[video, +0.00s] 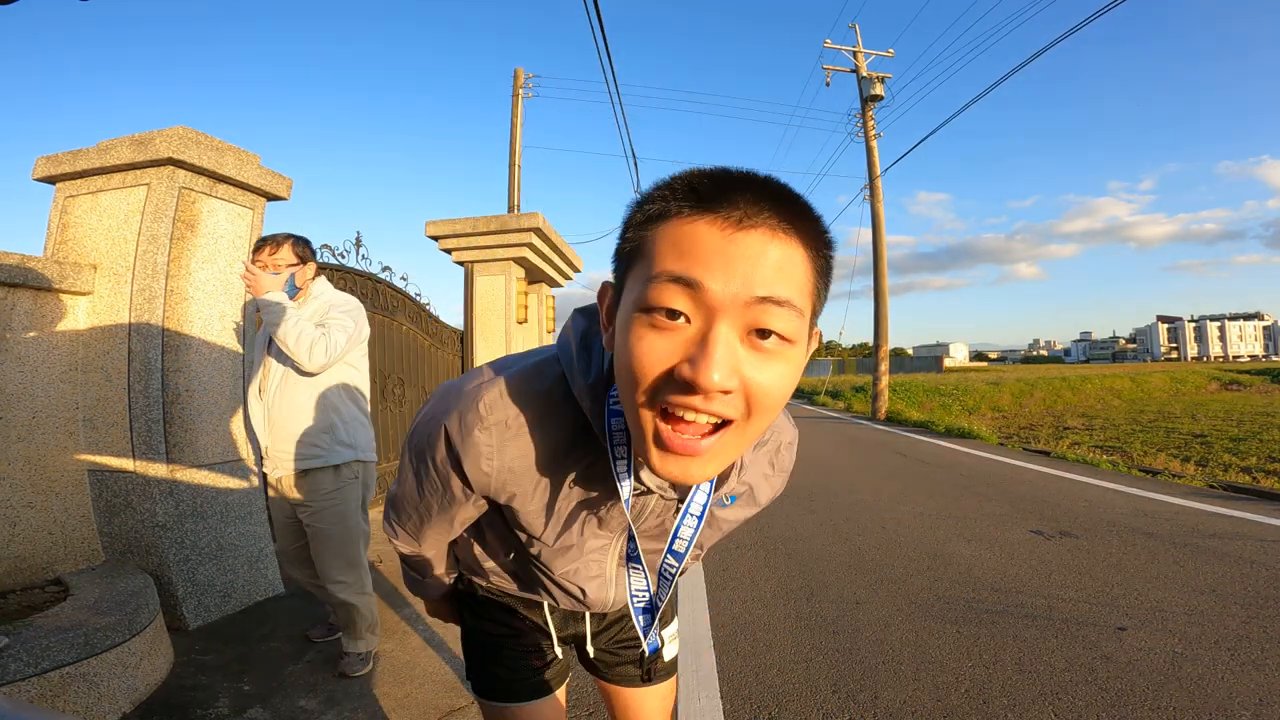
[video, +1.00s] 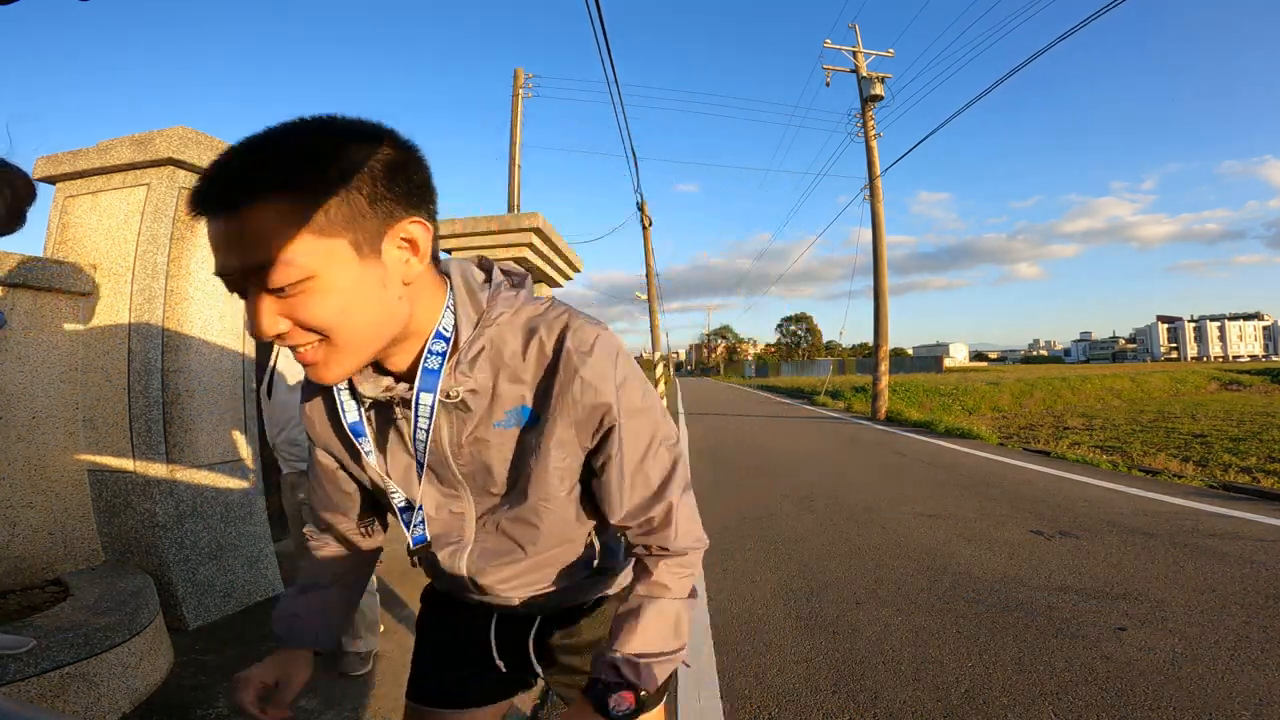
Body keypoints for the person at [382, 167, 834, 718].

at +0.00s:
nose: (707, 375)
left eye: (765, 334)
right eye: (672, 314)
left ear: (805, 355)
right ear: (610, 316)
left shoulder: (772, 454)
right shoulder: (481, 425)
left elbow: (687, 529)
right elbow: (416, 535)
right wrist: (441, 595)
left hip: (639, 581)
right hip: (509, 586)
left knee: (650, 708)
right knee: (533, 709)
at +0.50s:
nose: (665, 355)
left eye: (708, 325)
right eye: (640, 314)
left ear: (770, 326)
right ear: (614, 299)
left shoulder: (767, 432)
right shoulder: (520, 401)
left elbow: (716, 528)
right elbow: (450, 518)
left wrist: (676, 569)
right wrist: (486, 583)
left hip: (653, 581)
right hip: (531, 586)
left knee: (674, 710)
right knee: (533, 708)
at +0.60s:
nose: (604, 333)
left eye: (644, 302)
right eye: (581, 296)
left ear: (719, 293)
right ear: (563, 280)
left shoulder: (748, 407)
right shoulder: (501, 385)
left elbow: (728, 516)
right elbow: (447, 515)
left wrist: (702, 586)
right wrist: (474, 586)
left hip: (656, 581)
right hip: (533, 584)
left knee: (673, 710)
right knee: (522, 709)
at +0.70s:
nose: (540, 312)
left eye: (574, 279)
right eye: (518, 277)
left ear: (659, 264)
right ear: (503, 264)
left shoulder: (718, 383)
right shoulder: (473, 375)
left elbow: (727, 517)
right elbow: (437, 515)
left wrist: (728, 609)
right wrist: (455, 598)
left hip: (651, 591)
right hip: (525, 592)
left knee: (665, 709)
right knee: (506, 709)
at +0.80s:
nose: (465, 300)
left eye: (497, 267)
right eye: (445, 269)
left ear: (591, 246)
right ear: (432, 260)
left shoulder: (683, 361)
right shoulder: (442, 368)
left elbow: (729, 506)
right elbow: (424, 503)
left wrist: (742, 625)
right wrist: (428, 611)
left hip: (638, 595)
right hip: (511, 596)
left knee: (658, 709)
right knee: (484, 708)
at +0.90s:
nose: (374, 305)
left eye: (401, 269)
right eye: (360, 273)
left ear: (509, 242)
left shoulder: (640, 356)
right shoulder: (397, 376)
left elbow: (718, 518)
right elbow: (394, 514)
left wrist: (713, 660)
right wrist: (383, 627)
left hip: (620, 602)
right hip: (489, 601)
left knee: (648, 709)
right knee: (468, 707)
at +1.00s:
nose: (262, 327)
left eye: (286, 286)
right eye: (244, 292)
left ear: (407, 253)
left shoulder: (574, 360)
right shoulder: (337, 395)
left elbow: (670, 541)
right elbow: (336, 532)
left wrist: (622, 692)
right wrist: (299, 644)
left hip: (586, 606)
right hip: (461, 609)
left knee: (592, 707)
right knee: (433, 709)